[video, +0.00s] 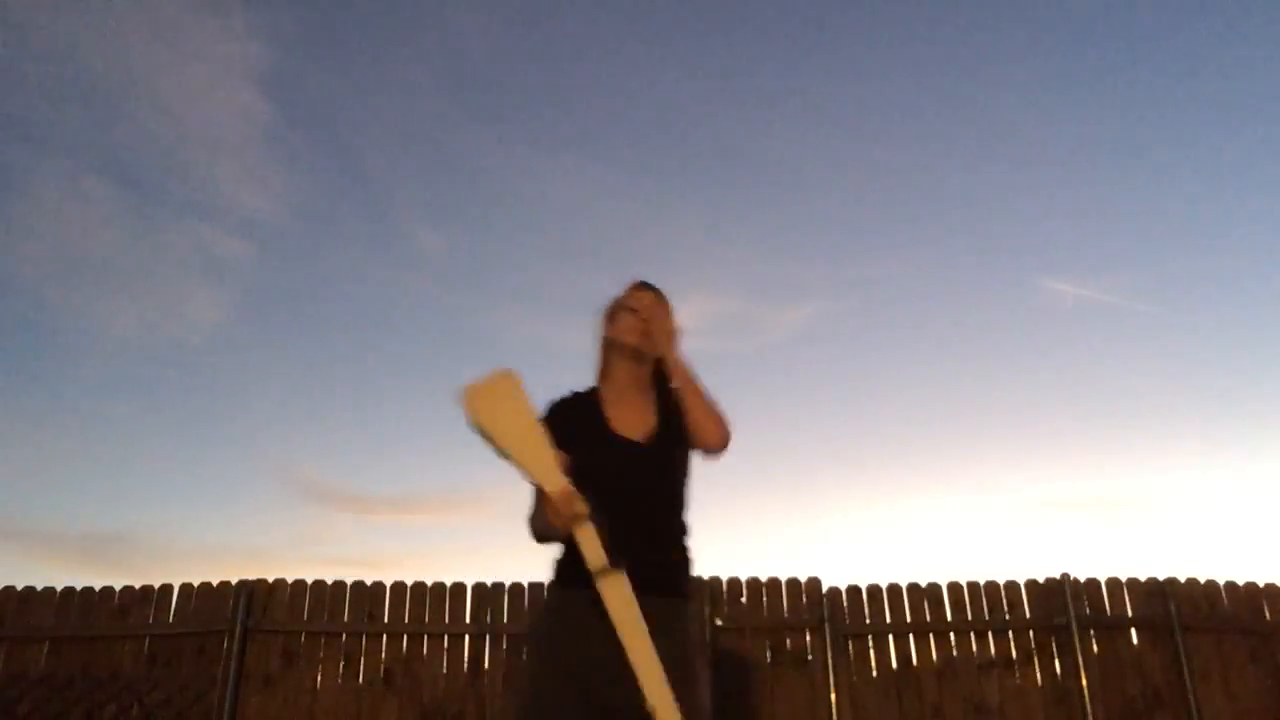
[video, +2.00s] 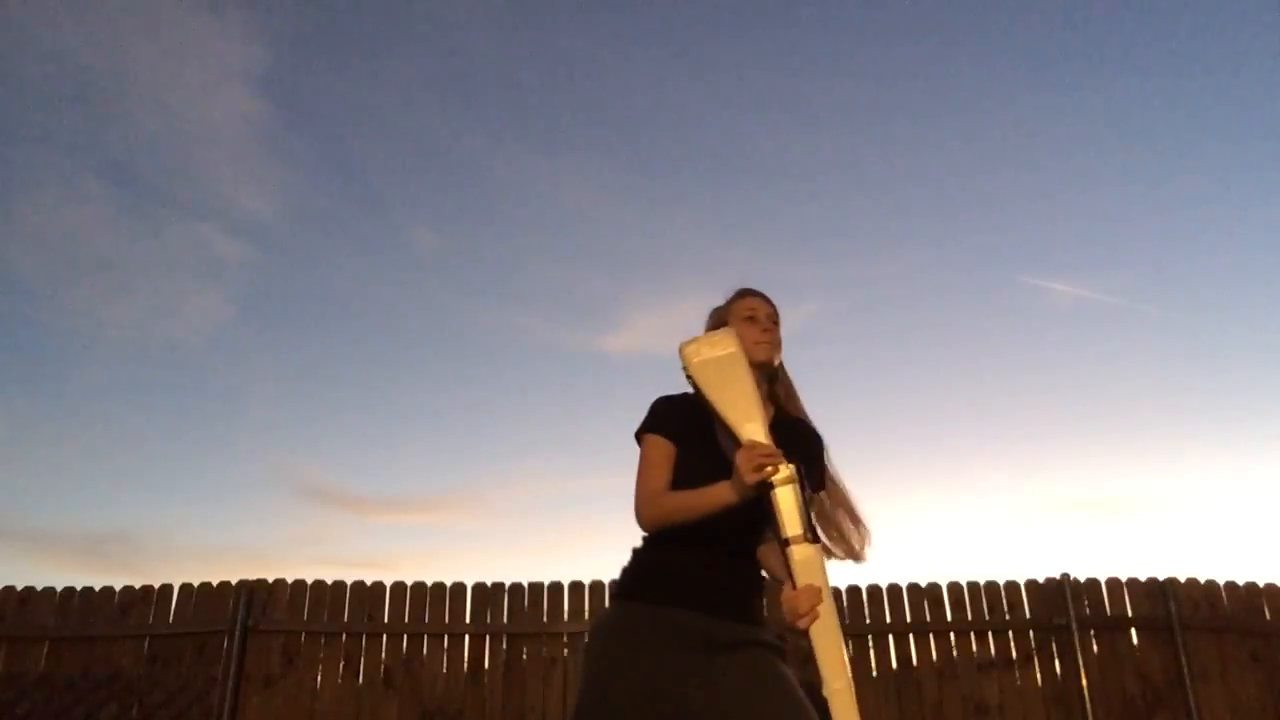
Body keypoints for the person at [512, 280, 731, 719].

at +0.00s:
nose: (634, 318)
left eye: (648, 315)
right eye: (626, 310)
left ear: (665, 337)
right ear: (606, 326)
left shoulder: (676, 406)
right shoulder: (568, 413)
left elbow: (714, 440)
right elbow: (540, 527)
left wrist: (670, 355)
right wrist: (555, 518)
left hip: (663, 598)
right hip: (582, 594)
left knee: (670, 708)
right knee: (573, 706)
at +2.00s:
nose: (766, 327)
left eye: (772, 321)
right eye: (749, 319)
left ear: (780, 340)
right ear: (718, 335)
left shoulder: (798, 438)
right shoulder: (674, 413)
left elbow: (770, 534)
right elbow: (650, 511)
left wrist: (789, 586)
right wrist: (734, 487)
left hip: (738, 631)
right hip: (647, 620)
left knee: (795, 713)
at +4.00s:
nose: (356, 375)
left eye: (364, 359)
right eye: (352, 369)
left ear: (403, 346)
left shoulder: (467, 381)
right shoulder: (387, 468)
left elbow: (559, 443)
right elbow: (411, 558)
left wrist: (519, 533)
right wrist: (368, 598)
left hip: (501, 591)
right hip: (442, 609)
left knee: (400, 710)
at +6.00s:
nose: (651, 282)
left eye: (660, 281)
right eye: (636, 276)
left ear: (668, 311)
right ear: (609, 300)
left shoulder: (699, 380)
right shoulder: (572, 382)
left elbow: (717, 481)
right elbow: (505, 477)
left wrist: (747, 541)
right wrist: (494, 540)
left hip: (677, 578)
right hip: (585, 578)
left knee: (693, 702)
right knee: (572, 704)